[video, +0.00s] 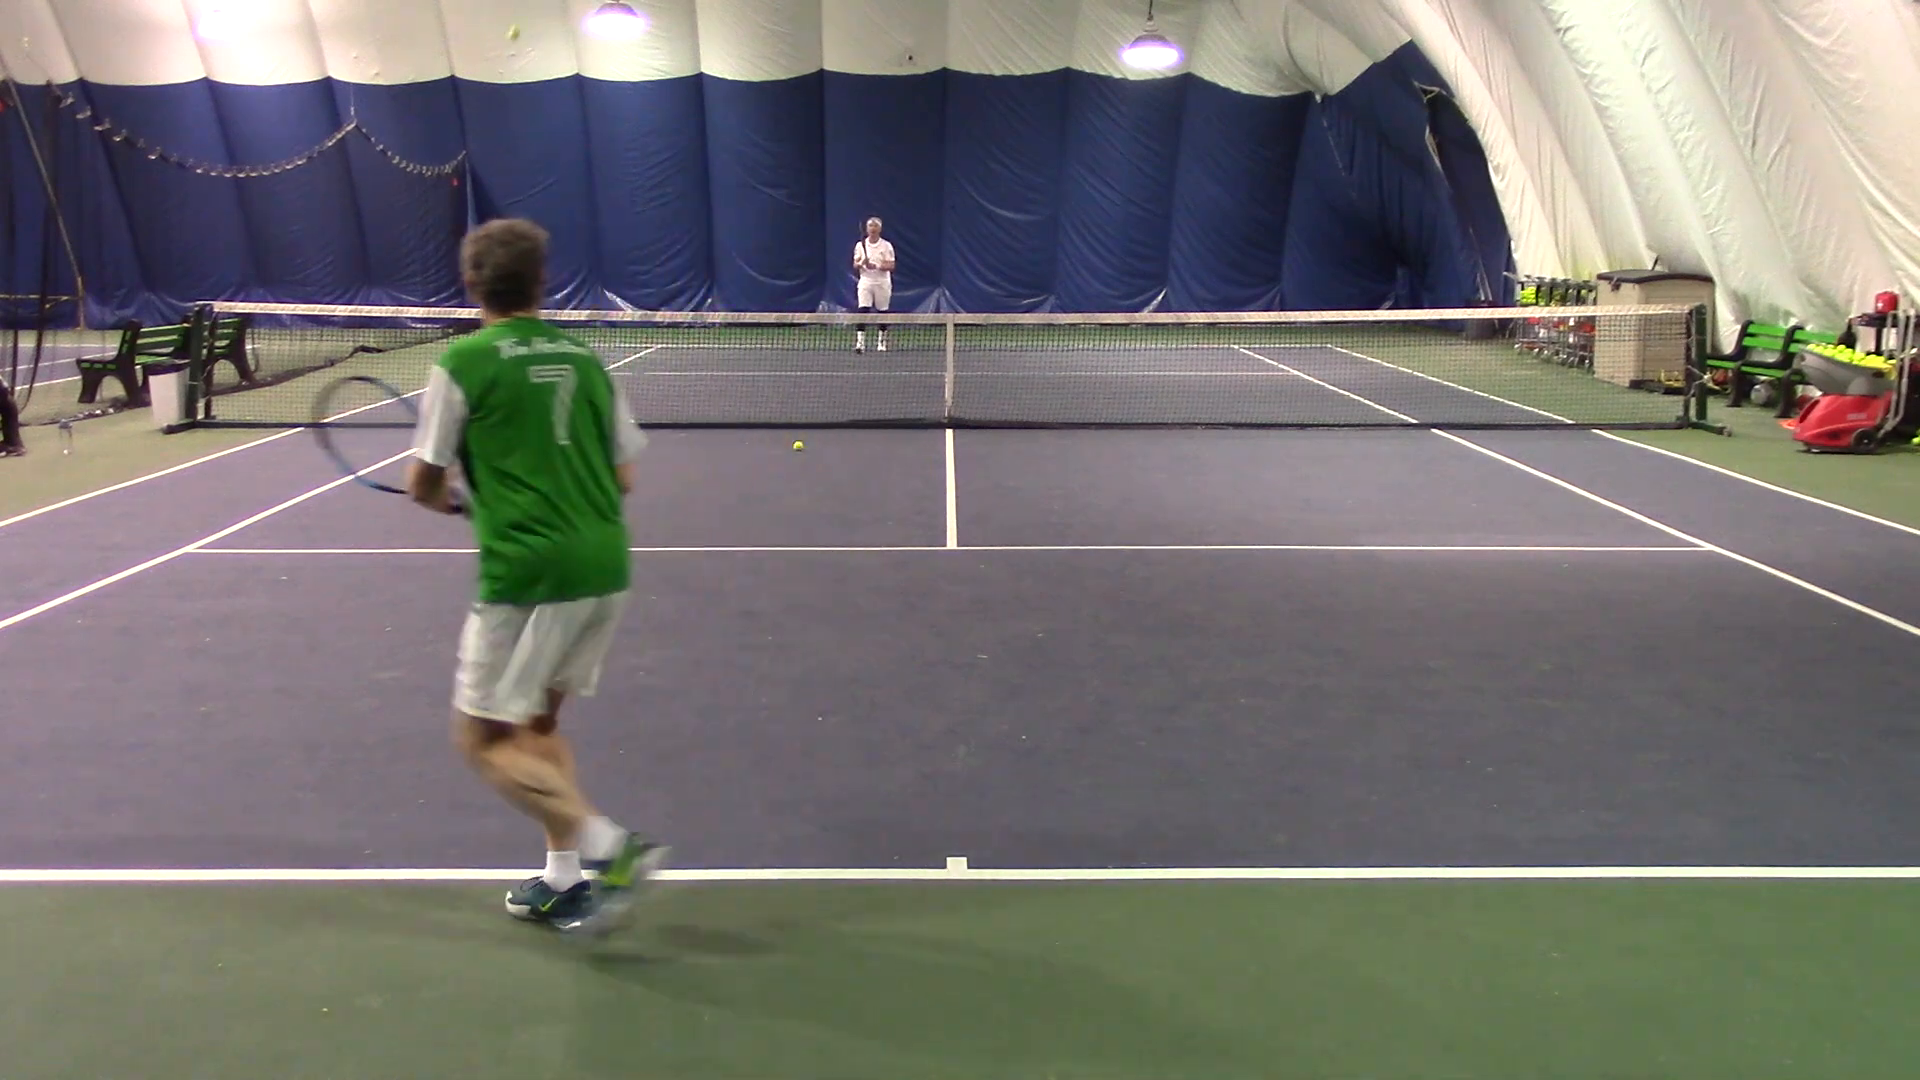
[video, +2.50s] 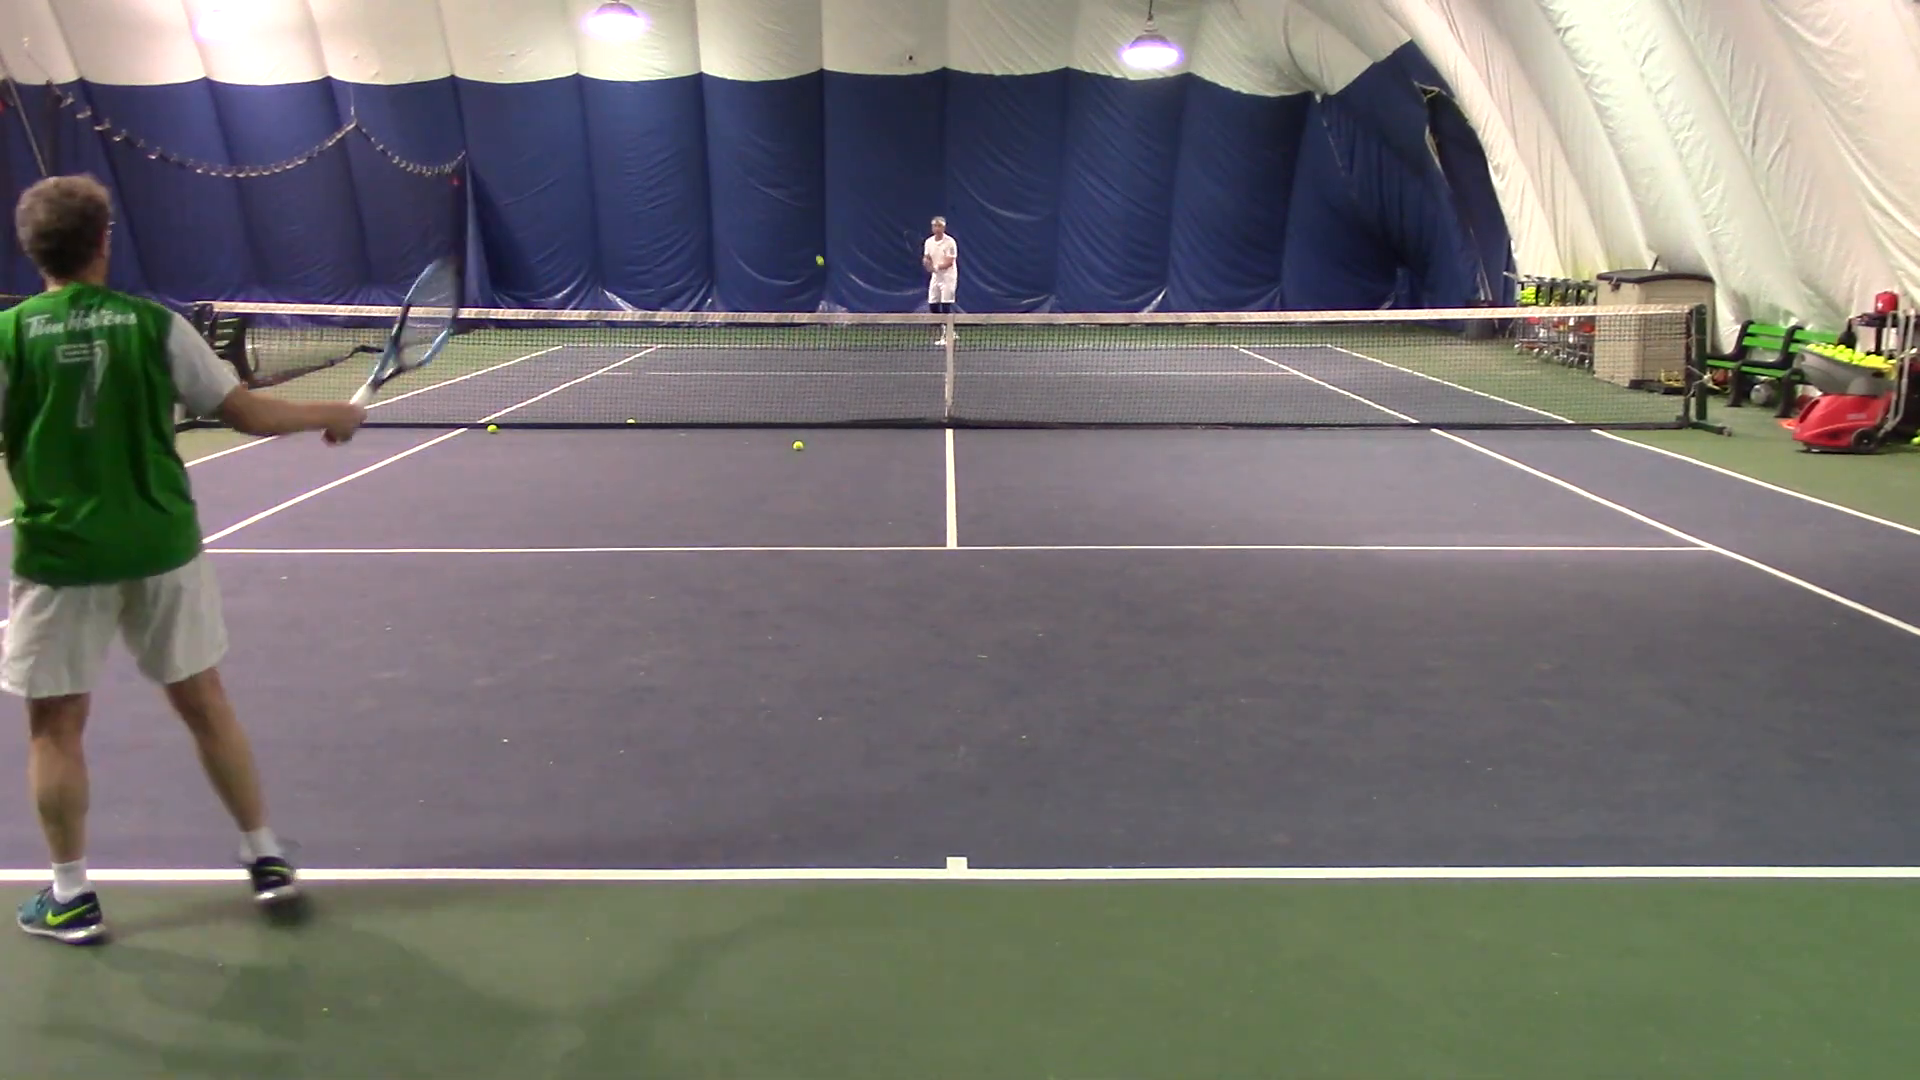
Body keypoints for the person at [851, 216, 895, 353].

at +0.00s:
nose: (872, 228)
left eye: (875, 226)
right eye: (870, 225)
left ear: (880, 228)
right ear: (866, 228)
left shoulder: (887, 246)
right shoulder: (860, 245)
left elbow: (891, 264)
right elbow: (855, 264)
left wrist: (878, 266)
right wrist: (861, 263)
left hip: (882, 282)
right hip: (865, 281)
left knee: (882, 312)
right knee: (863, 310)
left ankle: (882, 341)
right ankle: (860, 341)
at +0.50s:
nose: (887, 230)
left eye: (890, 228)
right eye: (886, 227)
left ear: (894, 230)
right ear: (882, 228)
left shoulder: (899, 246)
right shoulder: (873, 243)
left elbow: (900, 264)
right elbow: (866, 260)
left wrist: (887, 261)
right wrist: (874, 256)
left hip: (890, 281)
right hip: (875, 280)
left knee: (887, 308)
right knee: (877, 309)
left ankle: (882, 338)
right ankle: (888, 332)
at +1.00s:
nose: (900, 226)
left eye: (903, 223)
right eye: (898, 222)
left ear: (906, 225)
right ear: (894, 224)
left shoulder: (911, 240)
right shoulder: (888, 240)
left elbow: (907, 256)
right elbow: (882, 257)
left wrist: (892, 255)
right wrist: (885, 250)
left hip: (908, 277)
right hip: (892, 276)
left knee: (912, 306)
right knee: (891, 307)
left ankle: (919, 333)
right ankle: (894, 337)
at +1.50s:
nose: (928, 229)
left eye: (931, 226)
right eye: (926, 226)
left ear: (935, 229)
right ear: (923, 228)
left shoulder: (941, 244)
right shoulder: (916, 243)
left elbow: (942, 259)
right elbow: (913, 259)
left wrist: (931, 267)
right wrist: (919, 263)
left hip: (936, 279)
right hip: (919, 278)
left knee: (939, 307)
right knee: (912, 305)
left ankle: (942, 335)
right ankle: (908, 335)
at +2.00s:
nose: (933, 229)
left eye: (936, 226)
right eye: (931, 226)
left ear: (940, 228)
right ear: (928, 227)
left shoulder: (945, 244)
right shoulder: (919, 242)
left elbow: (946, 260)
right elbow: (916, 260)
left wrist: (938, 266)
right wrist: (924, 263)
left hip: (939, 277)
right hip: (924, 277)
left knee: (940, 305)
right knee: (923, 305)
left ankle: (943, 333)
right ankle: (924, 332)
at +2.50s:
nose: (937, 229)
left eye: (940, 226)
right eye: (935, 226)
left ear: (944, 227)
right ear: (932, 227)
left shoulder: (950, 242)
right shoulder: (928, 242)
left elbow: (951, 260)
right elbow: (926, 257)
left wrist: (939, 266)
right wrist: (928, 264)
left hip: (947, 276)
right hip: (935, 275)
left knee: (945, 305)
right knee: (933, 304)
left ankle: (948, 333)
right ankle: (943, 330)